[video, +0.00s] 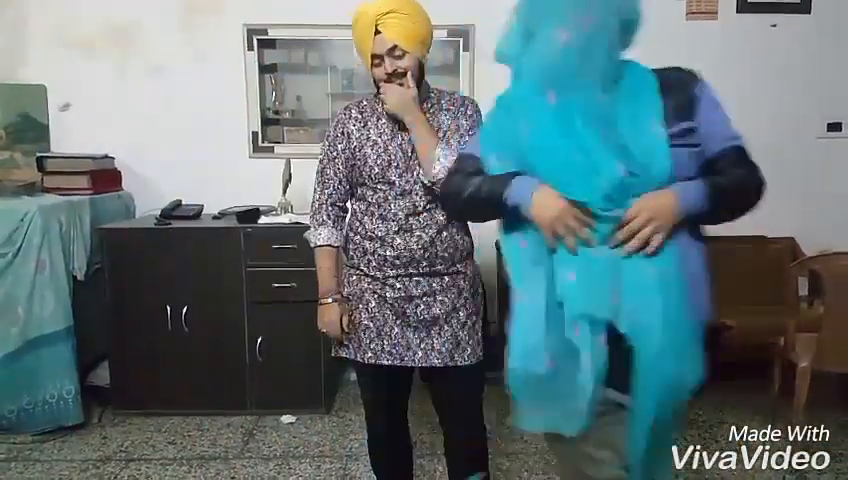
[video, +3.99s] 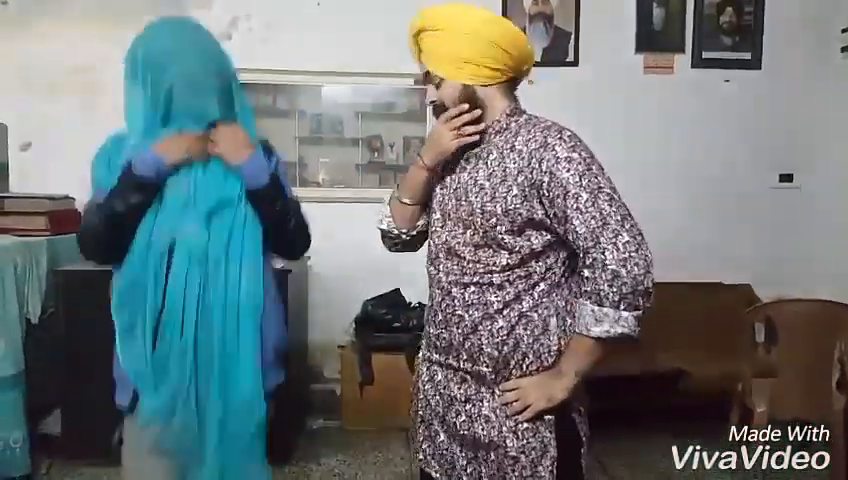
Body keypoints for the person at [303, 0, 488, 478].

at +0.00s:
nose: (388, 67)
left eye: (399, 55)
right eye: (377, 58)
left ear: (423, 53)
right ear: (367, 62)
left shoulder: (460, 113)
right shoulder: (350, 122)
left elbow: (466, 197)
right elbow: (328, 210)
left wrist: (414, 118)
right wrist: (328, 295)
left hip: (447, 291)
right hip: (374, 294)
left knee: (464, 426)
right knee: (384, 427)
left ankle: (470, 475)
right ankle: (393, 477)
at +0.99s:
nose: (452, 62)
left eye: (452, 51)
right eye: (441, 51)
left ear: (449, 57)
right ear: (407, 56)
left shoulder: (451, 122)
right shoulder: (357, 118)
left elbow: (470, 201)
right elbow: (361, 204)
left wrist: (516, 169)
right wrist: (447, 187)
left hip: (442, 300)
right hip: (372, 301)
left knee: (431, 439)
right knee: (373, 436)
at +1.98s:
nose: (461, 55)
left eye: (469, 43)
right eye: (447, 42)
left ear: (476, 47)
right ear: (415, 44)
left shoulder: (480, 123)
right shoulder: (373, 115)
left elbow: (509, 191)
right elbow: (343, 208)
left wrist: (532, 243)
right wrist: (443, 245)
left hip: (470, 323)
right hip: (394, 323)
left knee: (457, 456)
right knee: (402, 463)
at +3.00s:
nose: (475, 47)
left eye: (483, 32)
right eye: (477, 32)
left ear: (526, 33)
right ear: (521, 35)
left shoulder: (598, 115)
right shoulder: (498, 108)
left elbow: (680, 222)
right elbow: (473, 167)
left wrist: (616, 314)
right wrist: (451, 191)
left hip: (563, 349)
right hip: (480, 339)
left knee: (566, 471)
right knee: (470, 470)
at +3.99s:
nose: (428, 96)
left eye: (435, 79)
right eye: (427, 81)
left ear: (475, 75)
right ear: (475, 76)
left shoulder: (548, 148)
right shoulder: (448, 152)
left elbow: (624, 265)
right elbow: (397, 240)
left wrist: (565, 373)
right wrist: (425, 163)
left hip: (525, 401)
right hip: (442, 390)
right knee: (439, 473)